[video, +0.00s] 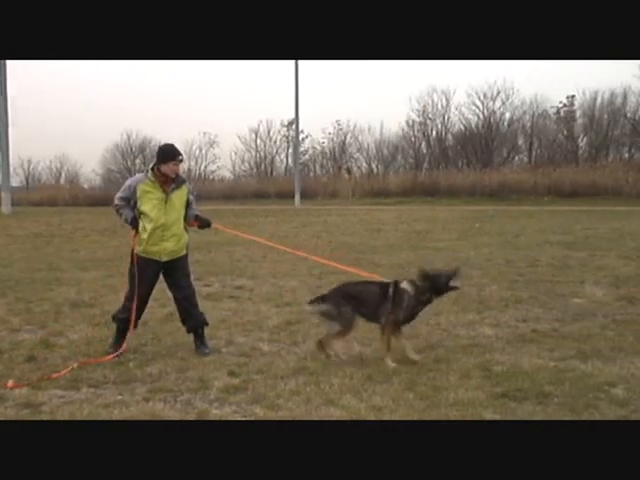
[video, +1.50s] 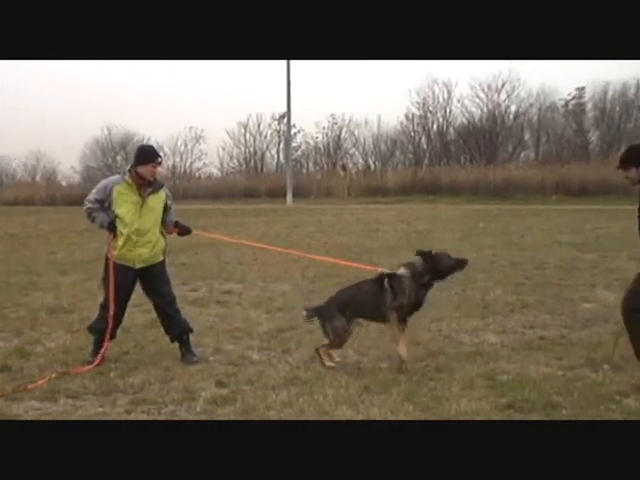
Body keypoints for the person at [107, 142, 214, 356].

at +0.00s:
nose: (177, 168)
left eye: (179, 164)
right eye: (173, 164)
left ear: (179, 164)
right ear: (160, 164)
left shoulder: (183, 186)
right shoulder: (138, 183)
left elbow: (189, 209)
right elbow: (120, 202)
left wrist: (196, 220)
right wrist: (133, 219)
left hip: (176, 253)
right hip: (147, 253)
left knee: (186, 296)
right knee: (136, 299)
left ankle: (200, 339)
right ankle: (118, 340)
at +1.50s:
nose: (156, 170)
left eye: (157, 166)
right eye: (152, 166)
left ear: (156, 167)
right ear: (138, 166)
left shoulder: (161, 192)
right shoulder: (113, 185)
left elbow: (166, 218)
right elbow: (91, 206)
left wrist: (174, 227)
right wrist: (108, 223)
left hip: (152, 259)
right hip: (121, 259)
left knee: (167, 303)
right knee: (113, 307)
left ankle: (185, 346)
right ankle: (99, 348)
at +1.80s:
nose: (125, 156)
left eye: (127, 151)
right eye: (121, 151)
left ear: (124, 152)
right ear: (105, 151)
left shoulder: (132, 180)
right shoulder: (75, 175)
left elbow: (138, 212)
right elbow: (50, 200)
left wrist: (145, 224)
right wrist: (71, 218)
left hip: (123, 260)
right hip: (87, 262)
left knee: (139, 313)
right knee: (77, 319)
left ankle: (161, 364)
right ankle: (58, 365)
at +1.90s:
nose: (125, 156)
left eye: (126, 151)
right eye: (121, 151)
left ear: (124, 151)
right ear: (105, 151)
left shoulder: (132, 180)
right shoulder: (75, 174)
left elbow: (138, 212)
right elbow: (50, 199)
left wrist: (145, 224)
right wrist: (70, 218)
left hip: (123, 261)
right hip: (87, 261)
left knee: (139, 313)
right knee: (76, 318)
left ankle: (161, 363)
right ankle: (58, 365)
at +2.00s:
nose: (125, 155)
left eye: (126, 150)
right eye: (120, 150)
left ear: (124, 151)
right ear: (104, 150)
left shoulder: (132, 179)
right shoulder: (75, 173)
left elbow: (140, 208)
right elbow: (50, 198)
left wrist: (144, 223)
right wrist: (69, 217)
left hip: (122, 259)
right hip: (86, 260)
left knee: (139, 311)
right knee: (76, 317)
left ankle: (160, 363)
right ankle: (58, 364)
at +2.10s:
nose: (124, 154)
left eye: (125, 149)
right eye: (119, 149)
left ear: (124, 150)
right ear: (104, 148)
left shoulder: (131, 178)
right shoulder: (74, 171)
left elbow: (138, 209)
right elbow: (50, 197)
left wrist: (143, 222)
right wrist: (68, 216)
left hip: (121, 258)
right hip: (85, 259)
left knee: (138, 310)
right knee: (75, 315)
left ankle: (160, 362)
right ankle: (58, 364)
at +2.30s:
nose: (117, 140)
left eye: (119, 135)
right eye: (112, 134)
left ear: (117, 136)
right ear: (96, 134)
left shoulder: (124, 163)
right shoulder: (66, 157)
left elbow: (131, 192)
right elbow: (42, 183)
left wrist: (136, 207)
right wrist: (62, 202)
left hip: (115, 244)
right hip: (78, 245)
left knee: (132, 296)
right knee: (70, 301)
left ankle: (155, 347)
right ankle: (52, 349)